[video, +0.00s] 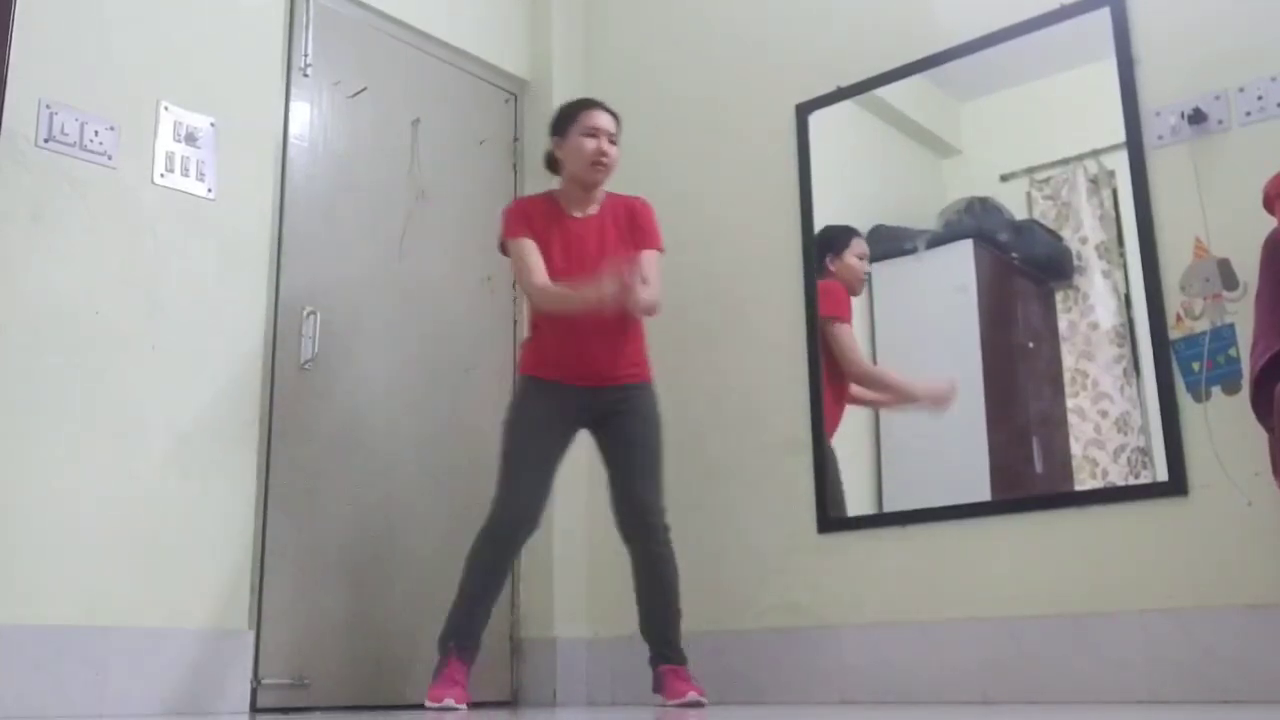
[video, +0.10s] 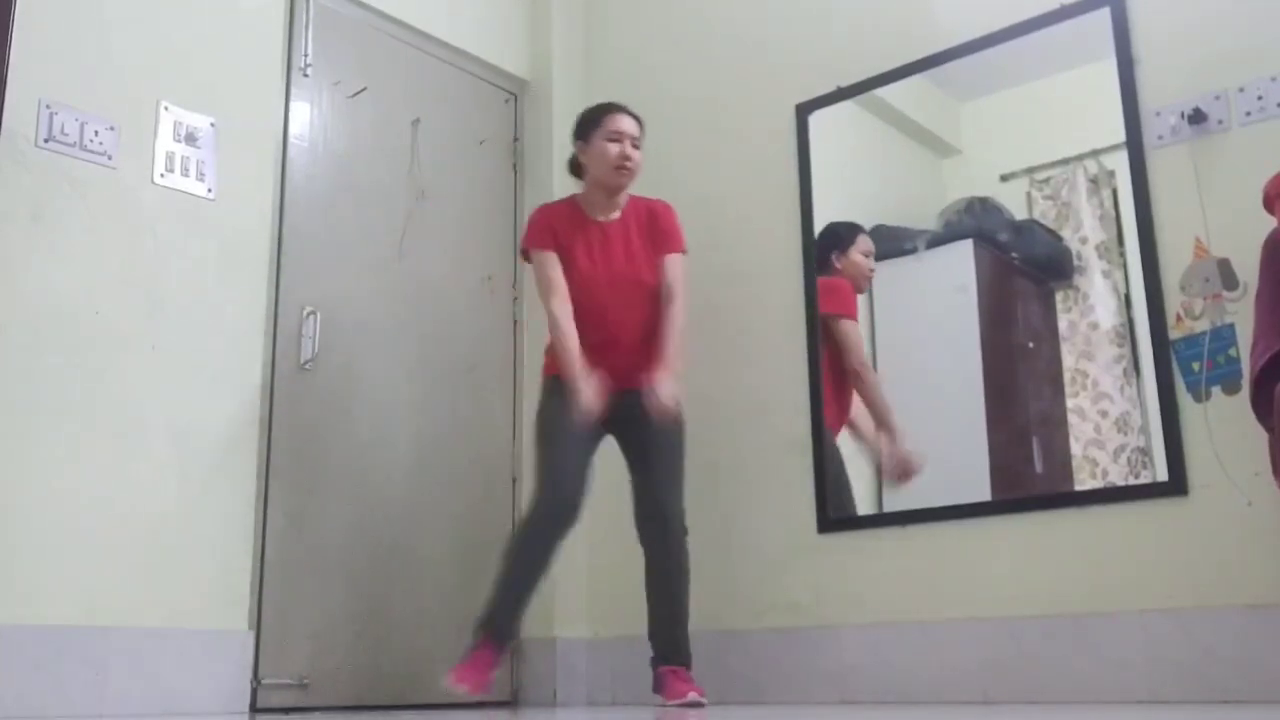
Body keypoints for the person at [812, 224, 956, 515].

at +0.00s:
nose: (867, 269)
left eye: (867, 261)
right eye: (860, 258)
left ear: (834, 264)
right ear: (832, 262)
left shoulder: (821, 296)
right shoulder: (829, 289)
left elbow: (845, 391)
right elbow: (854, 368)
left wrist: (910, 399)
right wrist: (922, 392)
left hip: (815, 440)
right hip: (810, 440)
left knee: (831, 529)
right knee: (832, 530)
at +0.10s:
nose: (873, 266)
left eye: (873, 258)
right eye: (866, 255)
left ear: (838, 261)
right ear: (838, 259)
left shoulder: (820, 292)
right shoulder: (835, 287)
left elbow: (842, 393)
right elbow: (856, 367)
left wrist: (882, 450)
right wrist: (892, 437)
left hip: (818, 439)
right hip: (815, 439)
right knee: (842, 529)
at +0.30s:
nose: (883, 255)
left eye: (881, 245)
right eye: (876, 244)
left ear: (850, 248)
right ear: (850, 247)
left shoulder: (819, 277)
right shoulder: (846, 273)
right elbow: (823, 313)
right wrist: (818, 399)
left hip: (828, 424)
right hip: (826, 424)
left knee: (864, 519)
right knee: (863, 519)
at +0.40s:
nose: (882, 253)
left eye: (881, 243)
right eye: (876, 242)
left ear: (853, 245)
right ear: (851, 245)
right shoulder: (852, 268)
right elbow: (818, 286)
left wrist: (847, 431)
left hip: (835, 416)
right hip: (828, 412)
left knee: (858, 511)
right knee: (848, 511)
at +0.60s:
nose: (877, 255)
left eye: (876, 246)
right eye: (872, 245)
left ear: (846, 248)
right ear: (850, 247)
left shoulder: (820, 276)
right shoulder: (849, 274)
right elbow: (831, 320)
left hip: (820, 415)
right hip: (837, 415)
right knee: (849, 514)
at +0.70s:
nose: (871, 259)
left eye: (870, 250)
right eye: (867, 249)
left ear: (832, 250)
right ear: (846, 250)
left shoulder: (807, 279)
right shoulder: (846, 280)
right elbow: (852, 357)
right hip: (831, 420)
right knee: (854, 521)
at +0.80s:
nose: (865, 255)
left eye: (863, 246)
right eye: (861, 246)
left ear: (821, 246)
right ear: (844, 248)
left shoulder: (805, 276)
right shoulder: (844, 278)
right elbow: (879, 360)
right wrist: (899, 389)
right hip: (833, 413)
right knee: (853, 509)